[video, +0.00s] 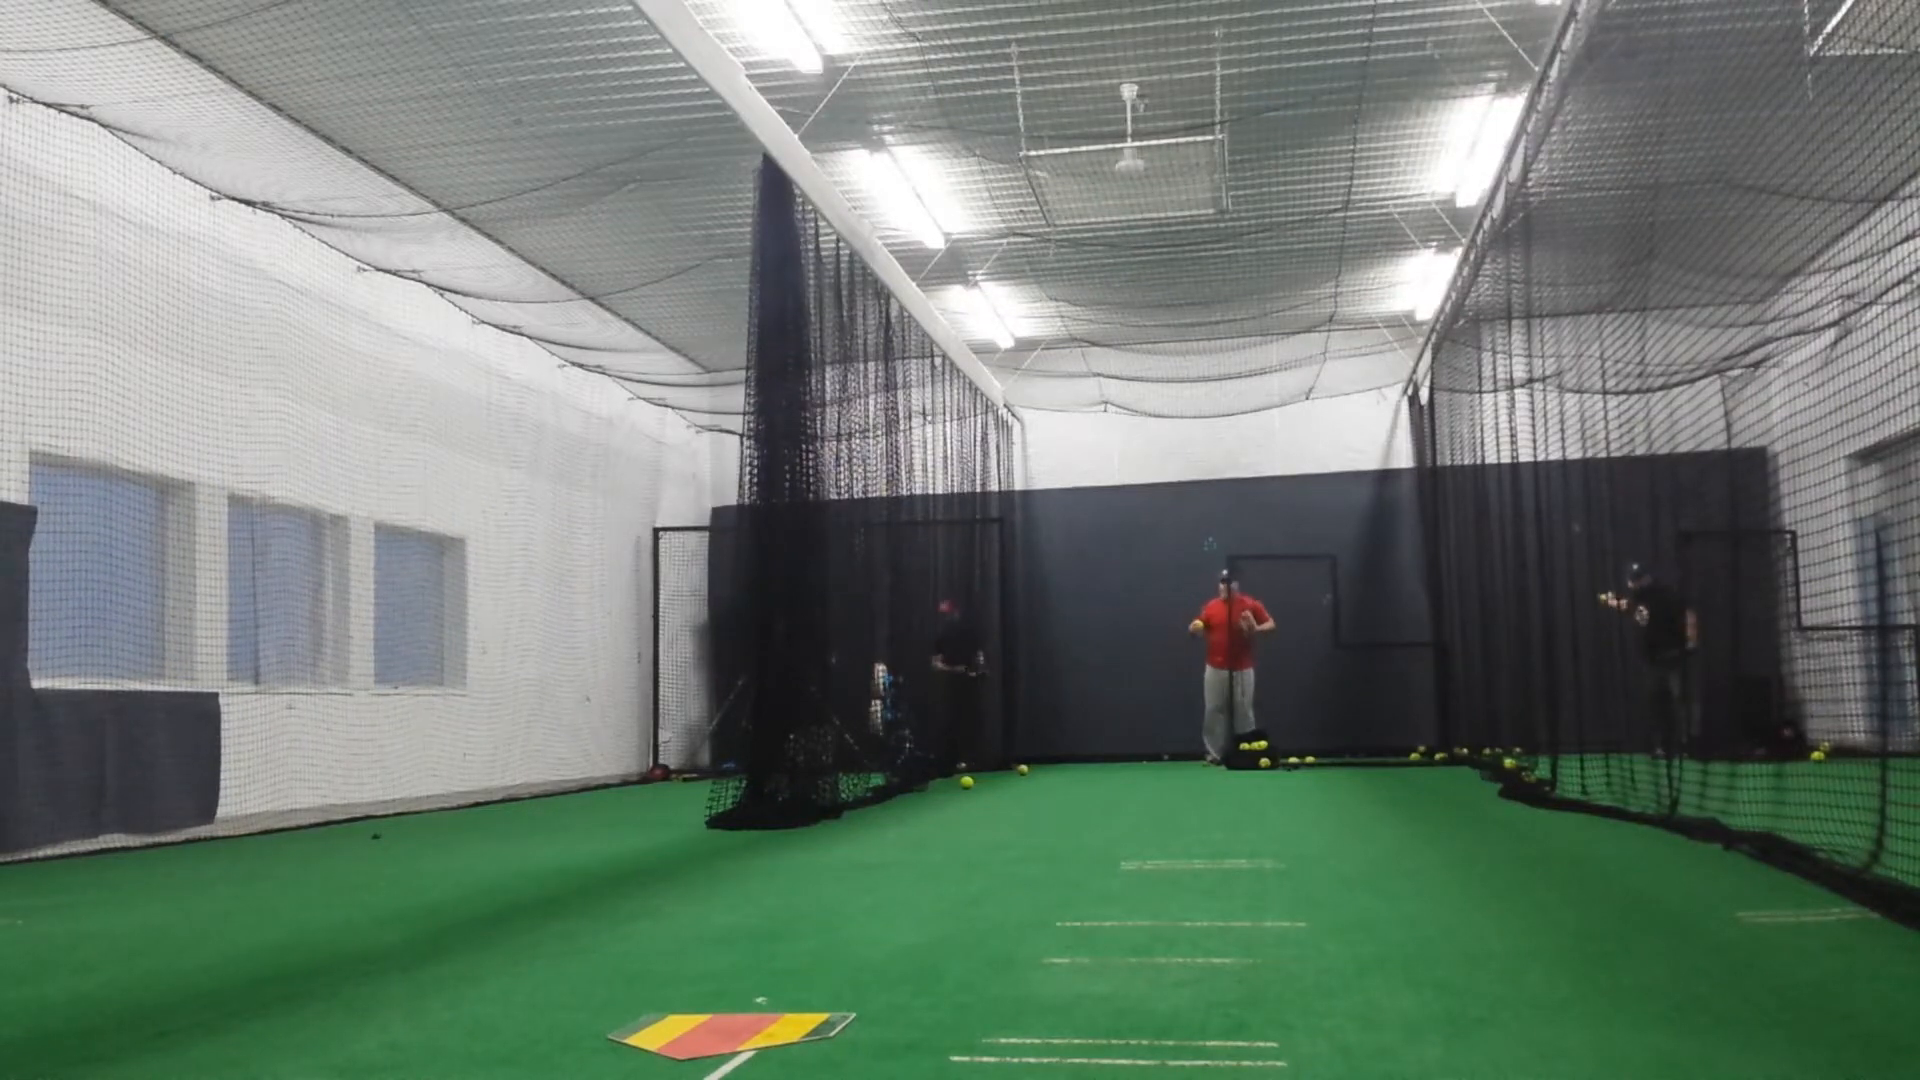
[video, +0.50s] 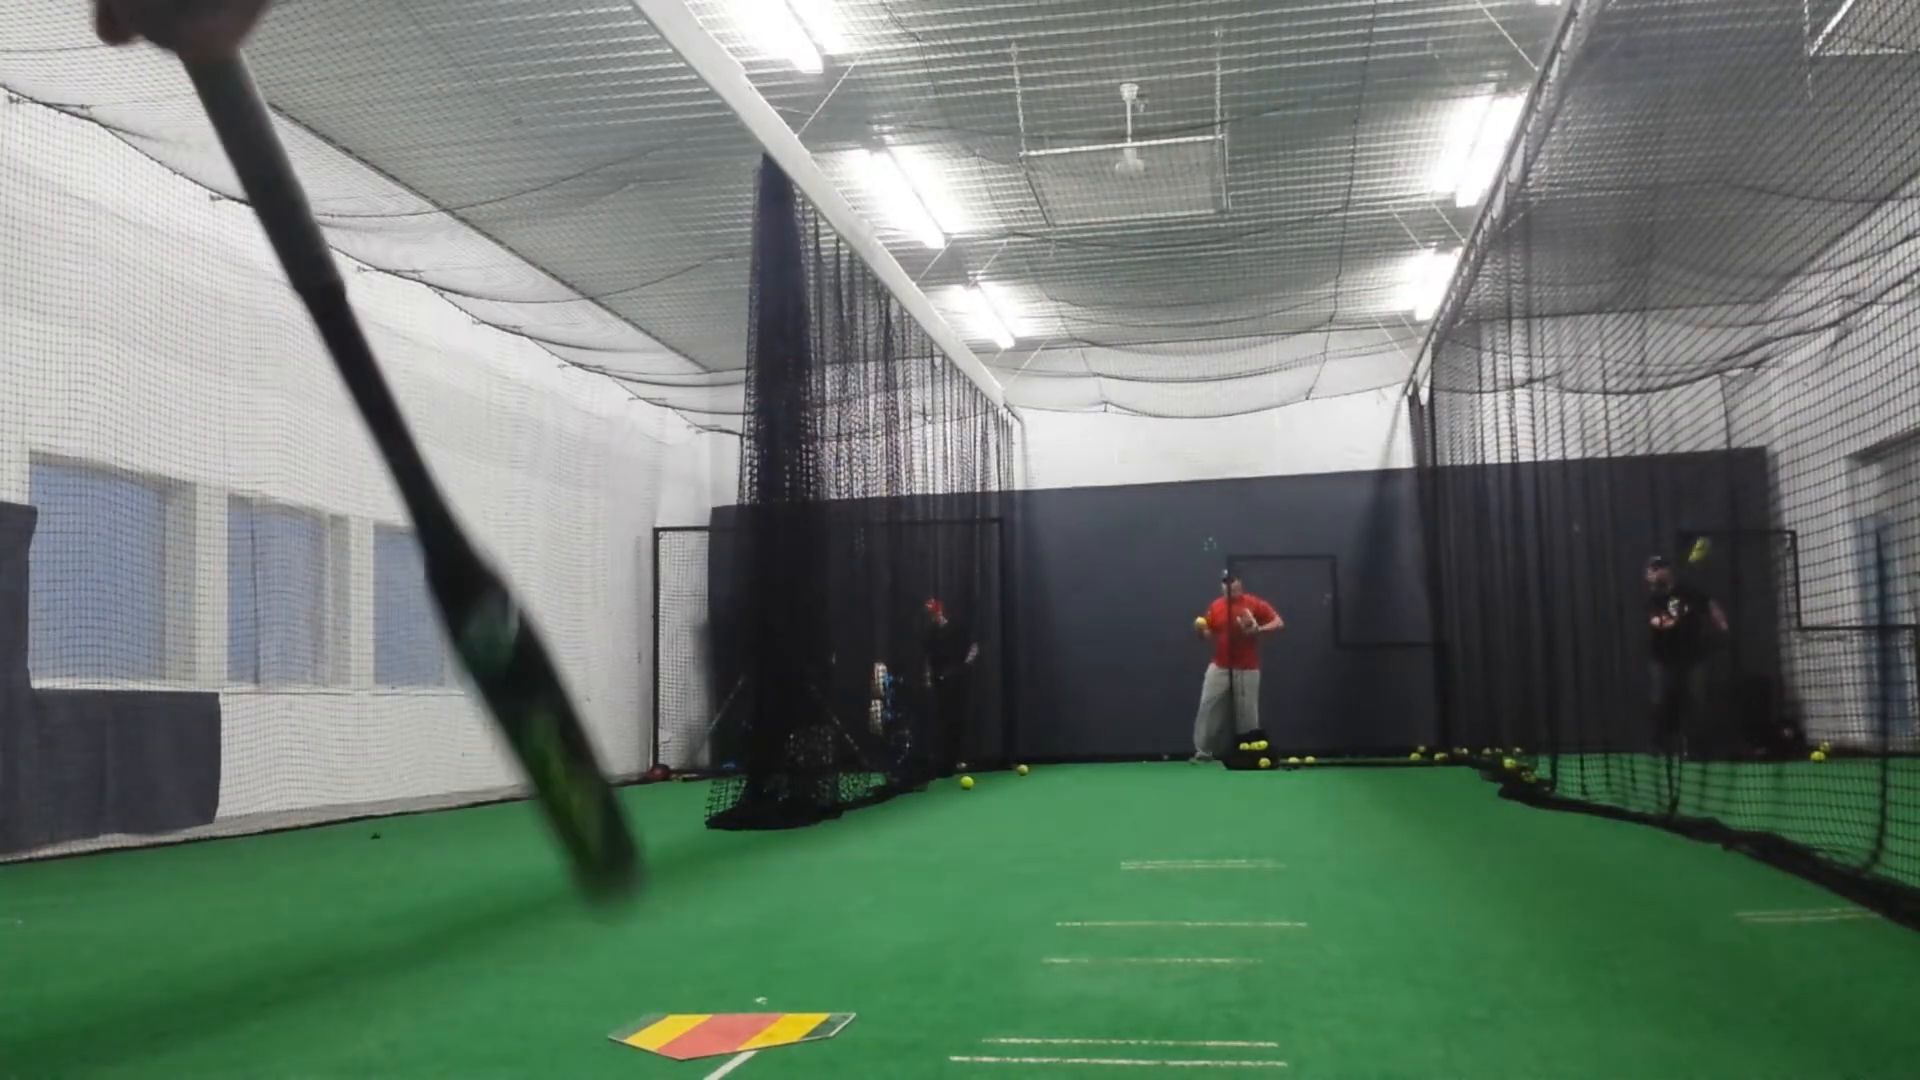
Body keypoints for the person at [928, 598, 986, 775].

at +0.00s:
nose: (950, 620)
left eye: (952, 615)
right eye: (945, 616)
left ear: (959, 615)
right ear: (942, 618)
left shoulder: (971, 635)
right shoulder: (943, 636)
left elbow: (980, 657)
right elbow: (935, 663)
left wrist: (978, 669)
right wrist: (954, 669)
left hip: (969, 685)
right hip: (950, 686)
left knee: (969, 722)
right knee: (950, 723)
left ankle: (968, 760)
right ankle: (950, 761)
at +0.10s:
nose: (942, 618)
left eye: (945, 613)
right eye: (939, 615)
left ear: (951, 613)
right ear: (936, 617)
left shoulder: (965, 632)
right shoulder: (936, 636)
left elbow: (978, 652)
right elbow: (932, 663)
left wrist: (973, 668)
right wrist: (945, 670)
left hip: (965, 683)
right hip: (946, 685)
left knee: (965, 721)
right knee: (946, 721)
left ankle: (965, 759)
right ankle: (947, 760)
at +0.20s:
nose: (937, 619)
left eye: (940, 615)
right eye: (934, 616)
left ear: (946, 614)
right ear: (932, 617)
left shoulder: (962, 630)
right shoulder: (934, 633)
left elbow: (977, 647)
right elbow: (930, 659)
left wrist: (972, 666)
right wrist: (938, 673)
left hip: (965, 679)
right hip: (945, 681)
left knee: (965, 719)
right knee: (946, 719)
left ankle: (966, 757)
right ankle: (947, 757)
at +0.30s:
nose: (935, 619)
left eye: (937, 615)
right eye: (932, 616)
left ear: (944, 614)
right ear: (930, 617)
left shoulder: (960, 630)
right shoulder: (933, 633)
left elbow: (976, 646)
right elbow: (929, 658)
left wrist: (972, 665)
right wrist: (933, 675)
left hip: (964, 680)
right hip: (943, 682)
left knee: (964, 720)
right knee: (944, 720)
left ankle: (966, 757)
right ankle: (945, 758)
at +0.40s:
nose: (932, 619)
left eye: (934, 615)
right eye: (929, 616)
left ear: (941, 613)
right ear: (927, 617)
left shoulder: (957, 629)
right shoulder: (931, 634)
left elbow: (976, 644)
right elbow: (928, 658)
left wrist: (971, 662)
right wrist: (930, 676)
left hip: (962, 678)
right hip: (943, 680)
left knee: (961, 720)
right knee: (944, 720)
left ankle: (964, 758)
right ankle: (945, 758)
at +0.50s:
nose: (933, 618)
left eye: (934, 613)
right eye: (930, 615)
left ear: (941, 611)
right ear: (929, 616)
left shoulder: (956, 628)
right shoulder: (930, 634)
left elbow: (973, 646)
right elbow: (927, 659)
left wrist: (968, 660)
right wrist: (928, 678)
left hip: (959, 679)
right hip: (940, 681)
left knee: (958, 719)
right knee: (942, 720)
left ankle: (959, 758)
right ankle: (942, 760)